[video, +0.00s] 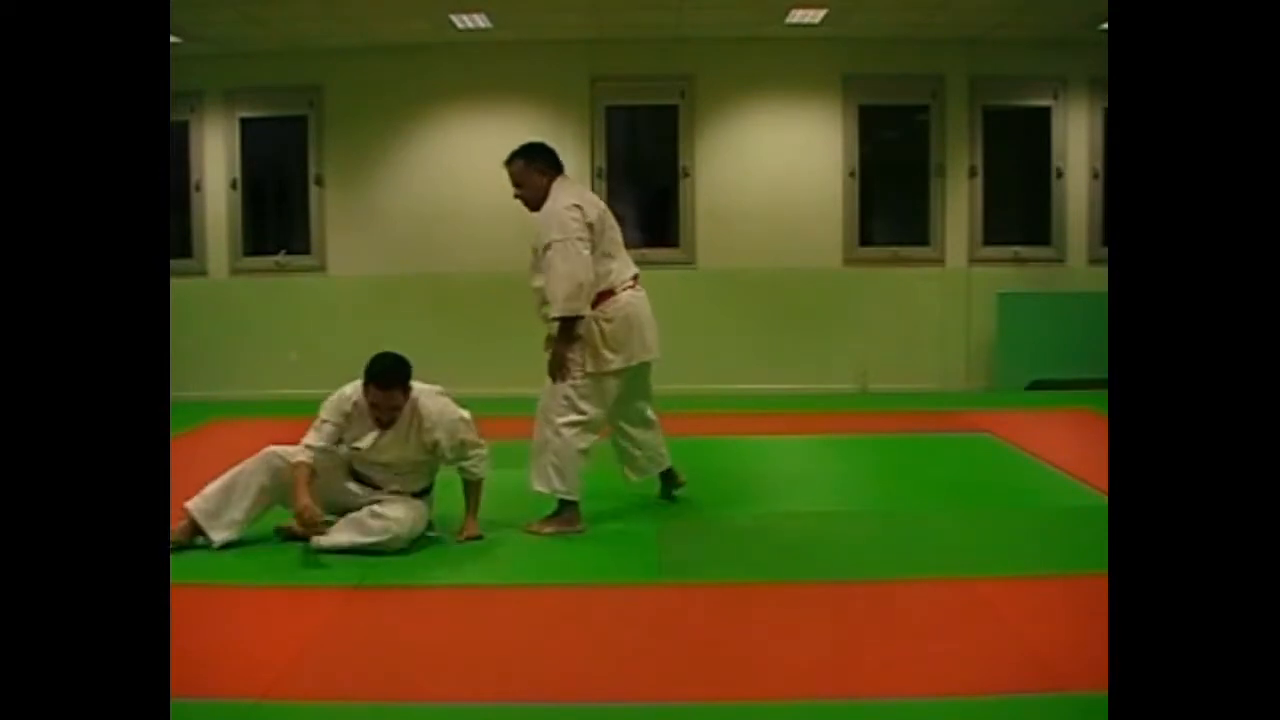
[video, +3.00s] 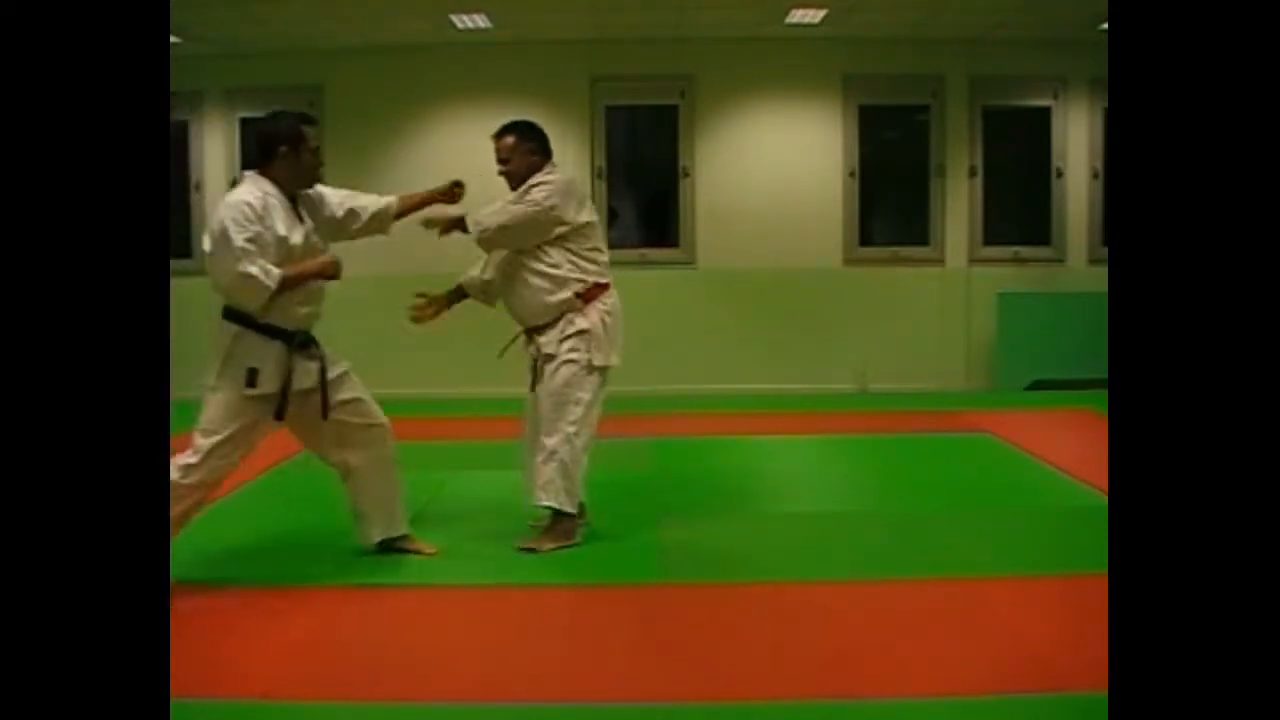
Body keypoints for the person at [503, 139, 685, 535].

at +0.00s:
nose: (516, 195)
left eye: (519, 184)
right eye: (513, 186)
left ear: (541, 175)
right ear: (549, 175)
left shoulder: (560, 210)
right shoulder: (581, 197)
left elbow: (573, 280)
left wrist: (560, 343)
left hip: (603, 321)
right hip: (632, 310)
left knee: (560, 411)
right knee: (630, 404)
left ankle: (567, 509)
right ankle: (666, 473)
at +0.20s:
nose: (502, 183)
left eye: (506, 173)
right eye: (499, 174)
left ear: (532, 164)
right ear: (533, 166)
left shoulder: (549, 204)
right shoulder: (559, 192)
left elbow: (561, 273)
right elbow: (545, 268)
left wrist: (550, 334)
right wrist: (530, 320)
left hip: (583, 318)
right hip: (605, 310)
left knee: (554, 412)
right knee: (595, 405)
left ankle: (566, 509)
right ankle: (616, 477)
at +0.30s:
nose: (498, 180)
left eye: (502, 169)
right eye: (495, 171)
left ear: (528, 160)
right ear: (528, 163)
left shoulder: (547, 200)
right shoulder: (552, 193)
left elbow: (560, 269)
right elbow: (544, 268)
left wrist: (549, 331)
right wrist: (523, 319)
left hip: (577, 319)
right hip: (588, 312)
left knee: (558, 413)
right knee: (579, 406)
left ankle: (566, 508)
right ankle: (585, 486)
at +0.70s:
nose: (480, 171)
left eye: (486, 161)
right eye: (477, 162)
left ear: (512, 153)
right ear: (499, 157)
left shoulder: (539, 193)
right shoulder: (513, 195)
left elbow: (557, 263)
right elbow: (509, 268)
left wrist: (547, 323)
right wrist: (488, 319)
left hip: (553, 323)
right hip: (525, 325)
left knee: (553, 417)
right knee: (523, 417)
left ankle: (566, 507)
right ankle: (527, 499)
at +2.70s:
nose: (482, 161)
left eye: (488, 151)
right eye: (480, 152)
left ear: (515, 148)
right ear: (512, 151)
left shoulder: (537, 188)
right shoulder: (525, 189)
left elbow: (539, 268)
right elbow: (519, 269)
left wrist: (515, 325)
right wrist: (497, 323)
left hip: (558, 315)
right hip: (549, 314)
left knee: (546, 412)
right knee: (548, 411)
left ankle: (563, 516)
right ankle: (558, 506)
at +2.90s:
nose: (493, 166)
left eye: (498, 156)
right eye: (491, 158)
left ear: (528, 153)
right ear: (522, 156)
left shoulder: (550, 193)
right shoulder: (530, 197)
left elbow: (518, 250)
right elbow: (521, 272)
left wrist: (472, 273)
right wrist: (490, 323)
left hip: (572, 319)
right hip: (550, 321)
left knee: (552, 419)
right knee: (545, 416)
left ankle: (560, 521)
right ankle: (567, 506)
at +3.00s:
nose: (500, 168)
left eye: (507, 159)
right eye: (498, 160)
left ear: (535, 154)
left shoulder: (557, 187)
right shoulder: (526, 202)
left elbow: (504, 225)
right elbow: (498, 273)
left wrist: (459, 221)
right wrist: (448, 297)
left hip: (581, 320)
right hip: (552, 325)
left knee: (562, 418)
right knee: (546, 419)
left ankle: (565, 519)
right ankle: (563, 511)